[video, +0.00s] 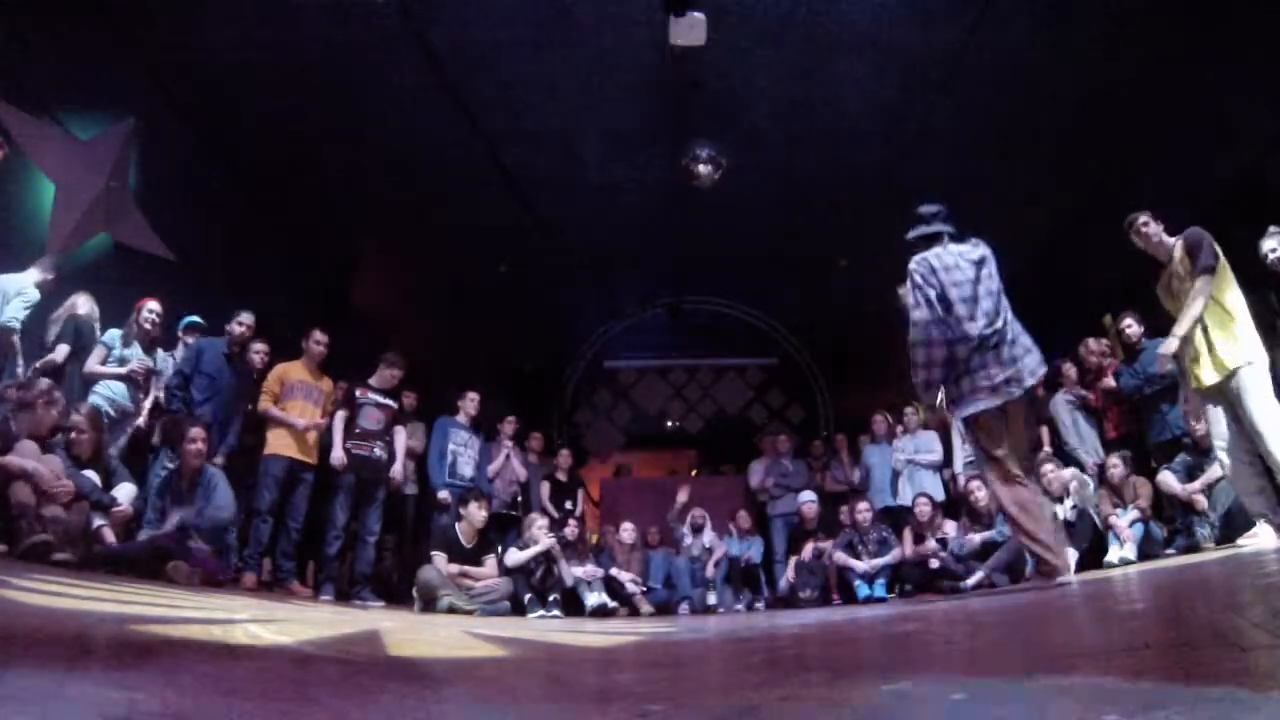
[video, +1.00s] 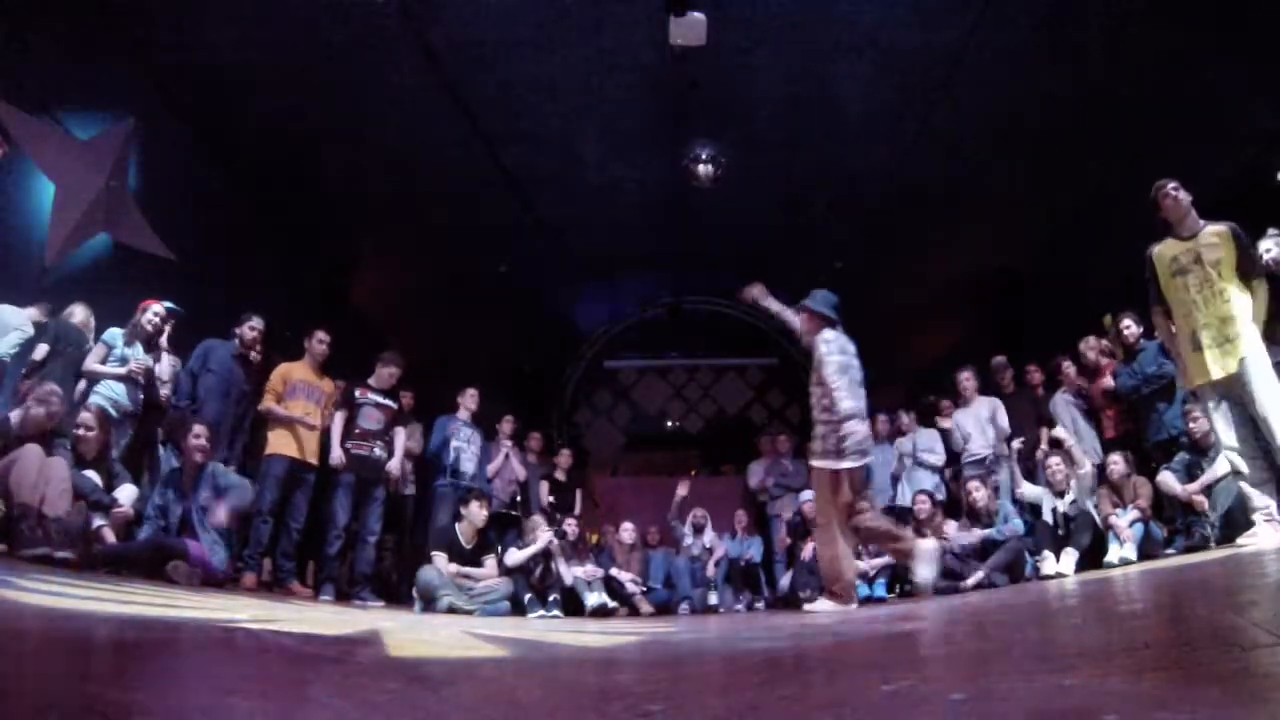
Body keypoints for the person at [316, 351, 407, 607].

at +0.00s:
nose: (394, 380)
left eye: (398, 377)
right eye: (392, 374)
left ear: (399, 378)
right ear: (381, 369)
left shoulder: (395, 402)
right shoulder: (355, 390)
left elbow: (400, 431)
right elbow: (340, 417)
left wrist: (399, 461)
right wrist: (337, 447)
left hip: (379, 465)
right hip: (351, 460)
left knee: (370, 530)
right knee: (338, 525)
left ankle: (361, 586)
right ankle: (327, 583)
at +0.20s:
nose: (394, 379)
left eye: (398, 376)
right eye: (391, 373)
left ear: (399, 378)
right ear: (380, 369)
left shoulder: (395, 403)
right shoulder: (355, 391)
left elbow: (400, 431)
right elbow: (340, 418)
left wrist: (399, 462)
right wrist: (338, 449)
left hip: (379, 466)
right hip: (351, 461)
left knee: (371, 530)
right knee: (339, 525)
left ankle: (361, 586)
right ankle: (327, 583)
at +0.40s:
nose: (394, 380)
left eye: (398, 376)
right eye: (391, 374)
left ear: (399, 378)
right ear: (380, 369)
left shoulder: (395, 402)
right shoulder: (355, 391)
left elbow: (399, 432)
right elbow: (340, 419)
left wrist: (397, 463)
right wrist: (338, 450)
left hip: (378, 467)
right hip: (351, 462)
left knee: (371, 530)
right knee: (338, 525)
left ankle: (361, 586)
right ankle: (327, 583)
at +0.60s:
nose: (393, 380)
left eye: (397, 376)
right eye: (391, 374)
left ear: (399, 378)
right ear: (379, 369)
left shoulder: (395, 403)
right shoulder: (354, 391)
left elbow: (399, 432)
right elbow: (340, 419)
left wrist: (396, 462)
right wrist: (337, 450)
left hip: (378, 467)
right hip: (350, 462)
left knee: (370, 530)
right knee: (338, 526)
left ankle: (360, 586)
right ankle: (327, 583)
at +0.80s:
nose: (393, 380)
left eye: (397, 376)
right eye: (390, 374)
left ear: (399, 378)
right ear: (379, 369)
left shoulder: (395, 403)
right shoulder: (354, 391)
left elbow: (399, 432)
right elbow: (339, 418)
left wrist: (396, 460)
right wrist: (336, 448)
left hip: (377, 466)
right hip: (350, 461)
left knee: (371, 530)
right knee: (339, 525)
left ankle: (361, 586)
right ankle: (327, 583)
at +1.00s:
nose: (392, 380)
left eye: (396, 376)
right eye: (389, 374)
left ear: (398, 378)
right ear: (377, 369)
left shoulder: (395, 403)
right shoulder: (354, 391)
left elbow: (399, 431)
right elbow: (339, 417)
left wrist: (397, 458)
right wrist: (335, 447)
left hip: (378, 466)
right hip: (350, 461)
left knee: (371, 530)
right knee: (339, 525)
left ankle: (361, 586)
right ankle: (327, 583)